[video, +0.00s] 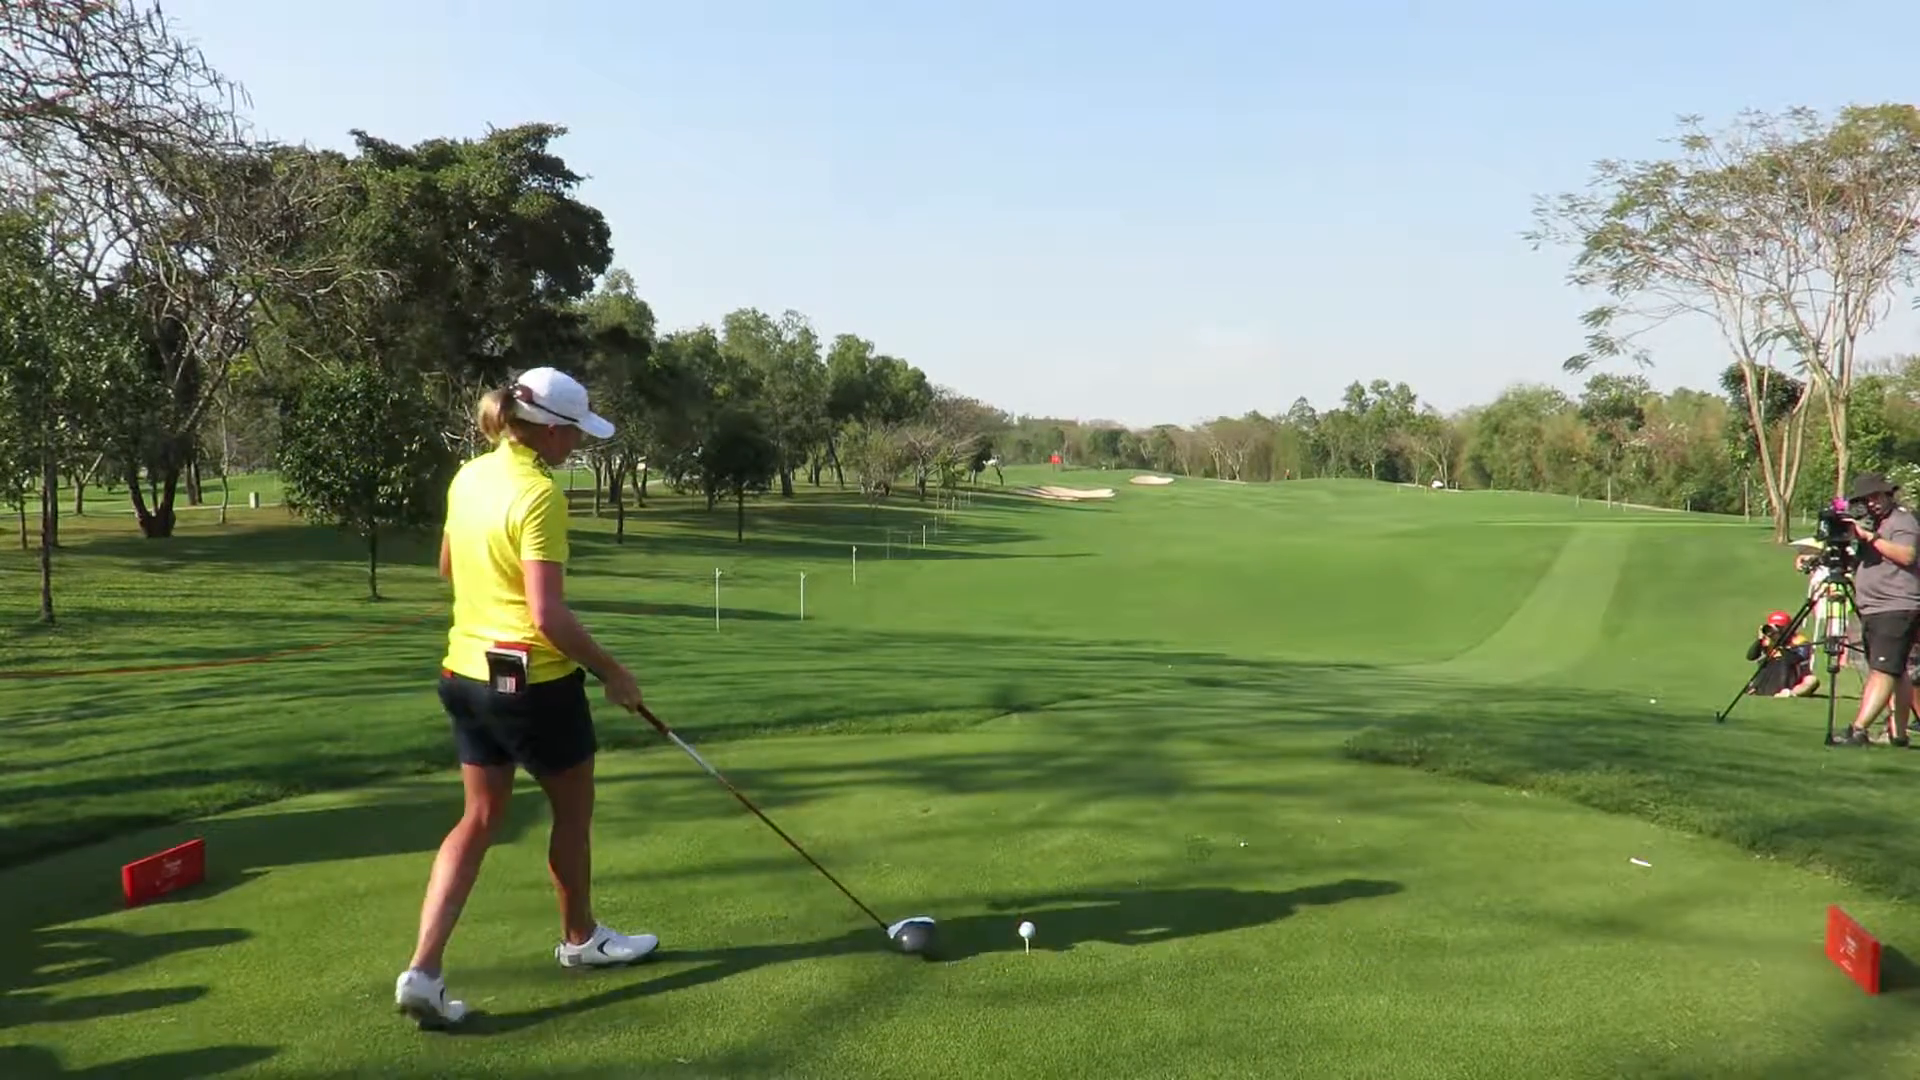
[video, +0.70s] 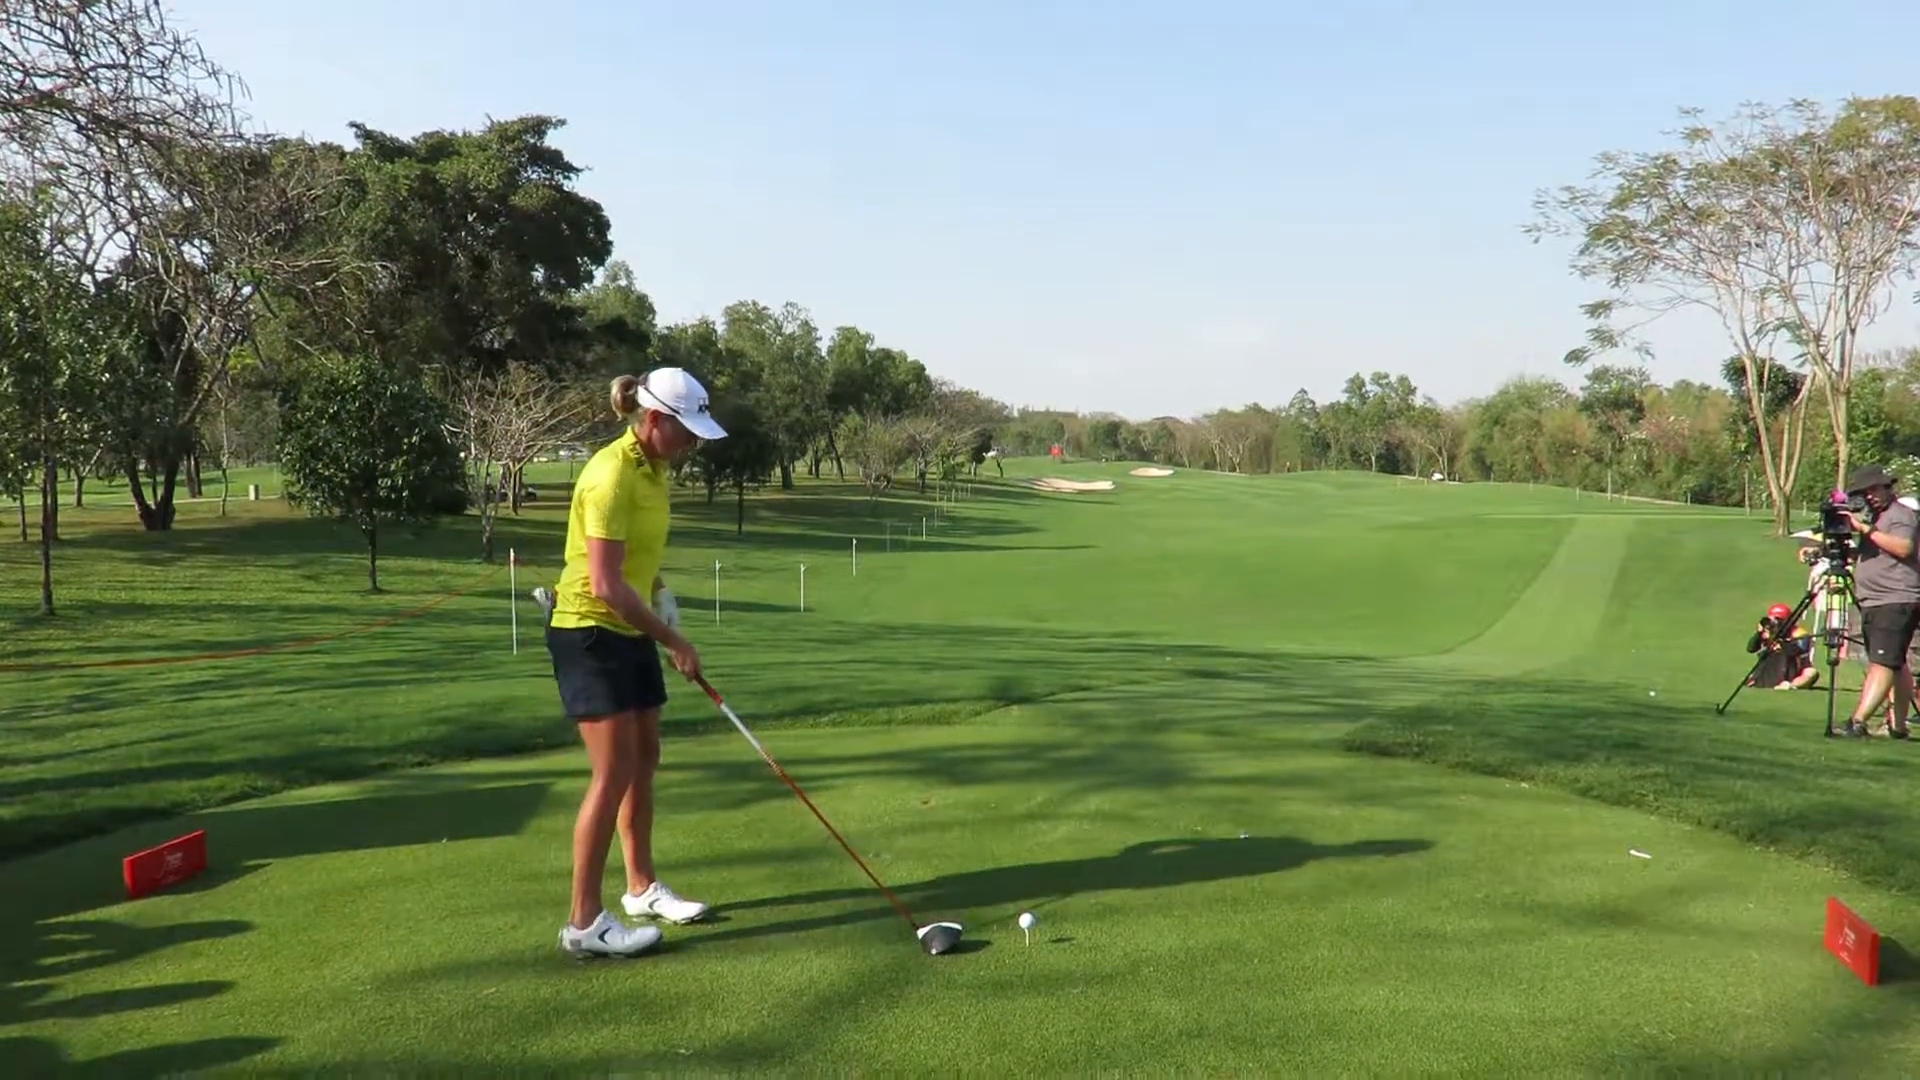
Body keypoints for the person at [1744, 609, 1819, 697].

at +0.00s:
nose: (1772, 634)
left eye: (1776, 630)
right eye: (1770, 630)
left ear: (1785, 630)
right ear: (1768, 629)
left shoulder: (1800, 642)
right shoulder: (1770, 642)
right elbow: (1751, 657)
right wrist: (1759, 641)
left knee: (1812, 680)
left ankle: (1792, 693)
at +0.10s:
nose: (1771, 633)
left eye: (1776, 630)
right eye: (1770, 630)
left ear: (1785, 630)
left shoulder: (1800, 643)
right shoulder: (1770, 641)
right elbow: (1751, 656)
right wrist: (1759, 640)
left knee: (1813, 679)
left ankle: (1792, 693)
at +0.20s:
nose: (1772, 633)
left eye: (1776, 630)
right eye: (1770, 630)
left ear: (1785, 629)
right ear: (1768, 628)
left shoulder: (1800, 642)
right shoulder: (1770, 641)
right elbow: (1751, 656)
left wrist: (1784, 653)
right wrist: (1759, 640)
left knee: (1813, 679)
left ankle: (1792, 692)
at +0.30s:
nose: (1773, 632)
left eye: (1777, 628)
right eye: (1771, 629)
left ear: (1785, 628)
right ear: (1768, 628)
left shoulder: (1799, 641)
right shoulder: (1769, 640)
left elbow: (1800, 655)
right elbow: (1751, 656)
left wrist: (1783, 652)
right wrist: (1759, 640)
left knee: (1812, 679)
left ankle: (1792, 692)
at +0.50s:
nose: (1774, 630)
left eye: (1778, 626)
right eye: (1771, 626)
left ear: (1786, 626)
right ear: (1769, 626)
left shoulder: (1799, 638)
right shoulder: (1769, 638)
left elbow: (1799, 655)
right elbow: (1751, 654)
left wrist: (1783, 651)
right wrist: (1759, 638)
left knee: (1812, 677)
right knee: (1750, 685)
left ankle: (1791, 690)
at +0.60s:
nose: (1773, 629)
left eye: (1777, 625)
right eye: (1771, 625)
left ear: (1786, 625)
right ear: (1768, 624)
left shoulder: (1799, 639)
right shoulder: (1769, 637)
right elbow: (1751, 652)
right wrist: (1759, 637)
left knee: (1812, 675)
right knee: (1749, 683)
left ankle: (1792, 688)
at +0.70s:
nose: (1774, 626)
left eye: (1777, 622)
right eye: (1771, 622)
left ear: (1786, 622)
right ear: (1769, 621)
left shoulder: (1799, 635)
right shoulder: (1770, 633)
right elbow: (1751, 649)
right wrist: (1759, 634)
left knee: (1812, 672)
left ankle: (1792, 685)